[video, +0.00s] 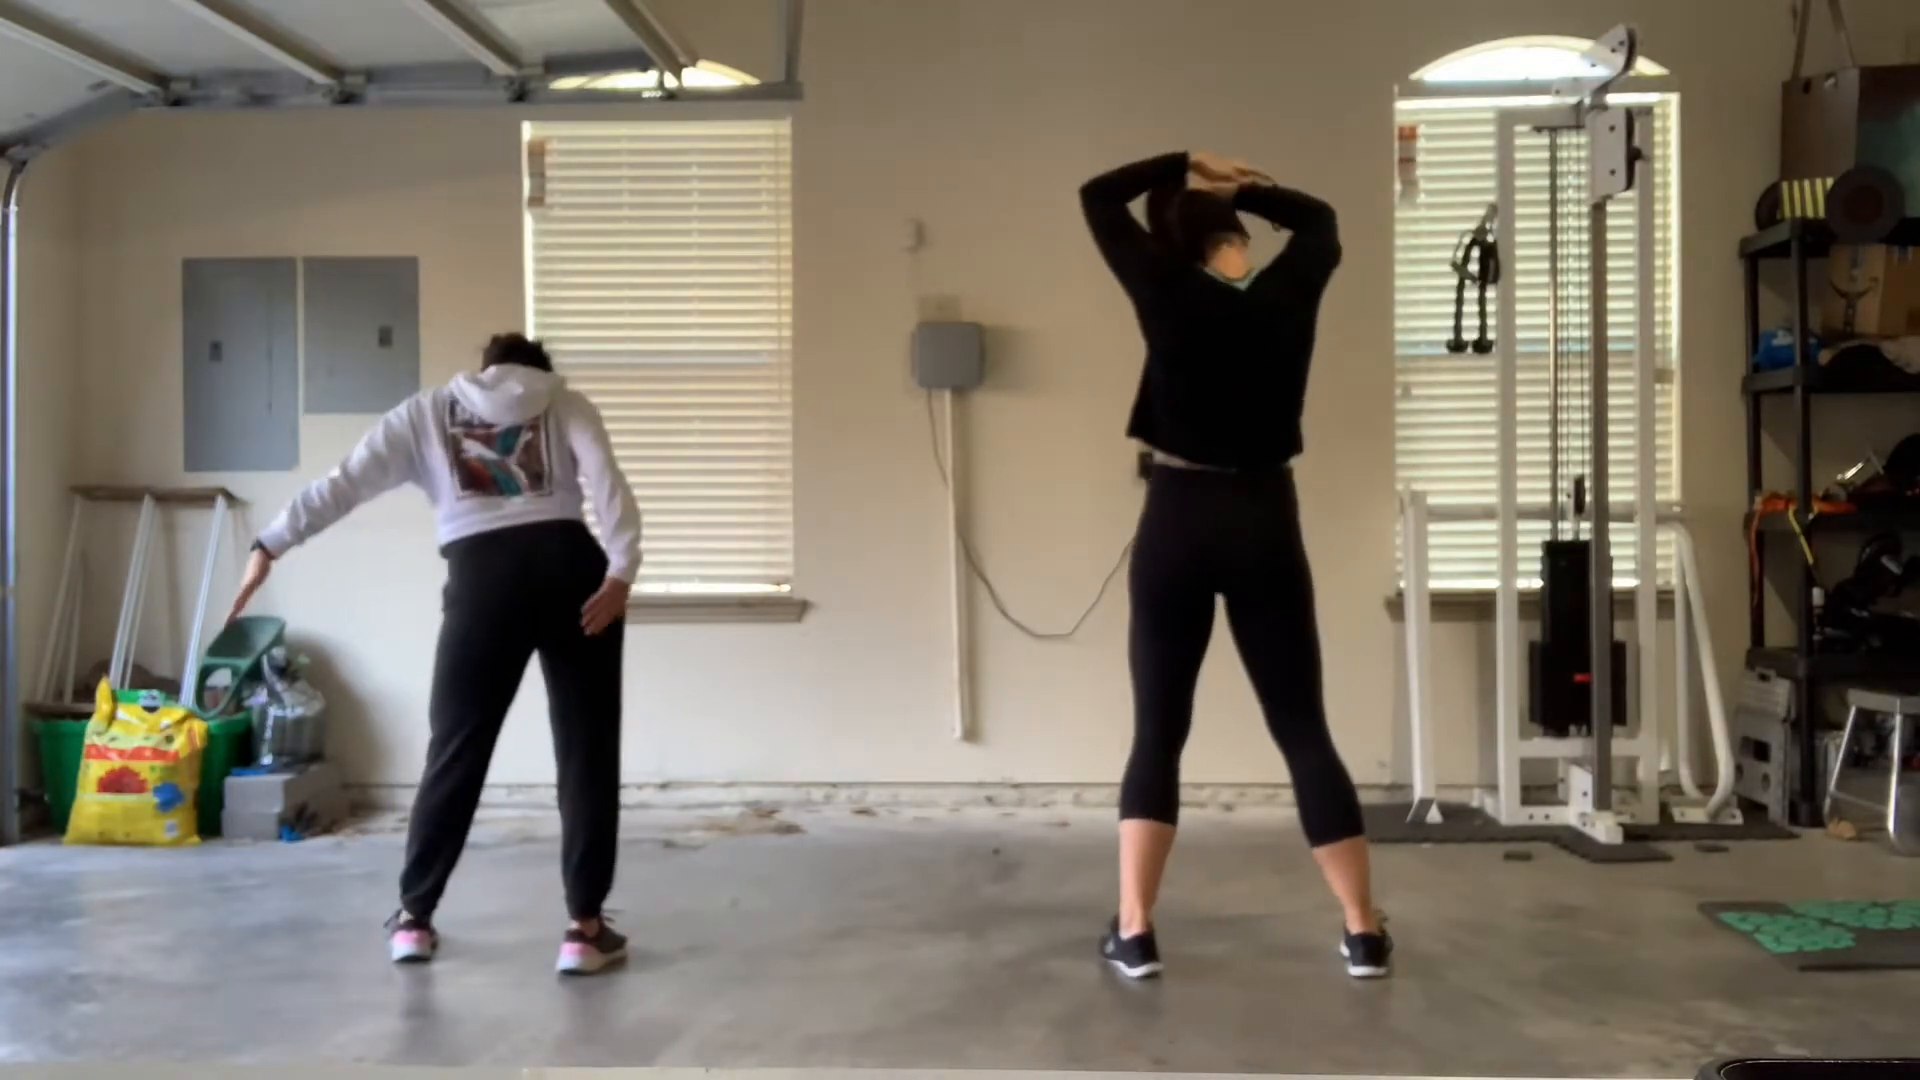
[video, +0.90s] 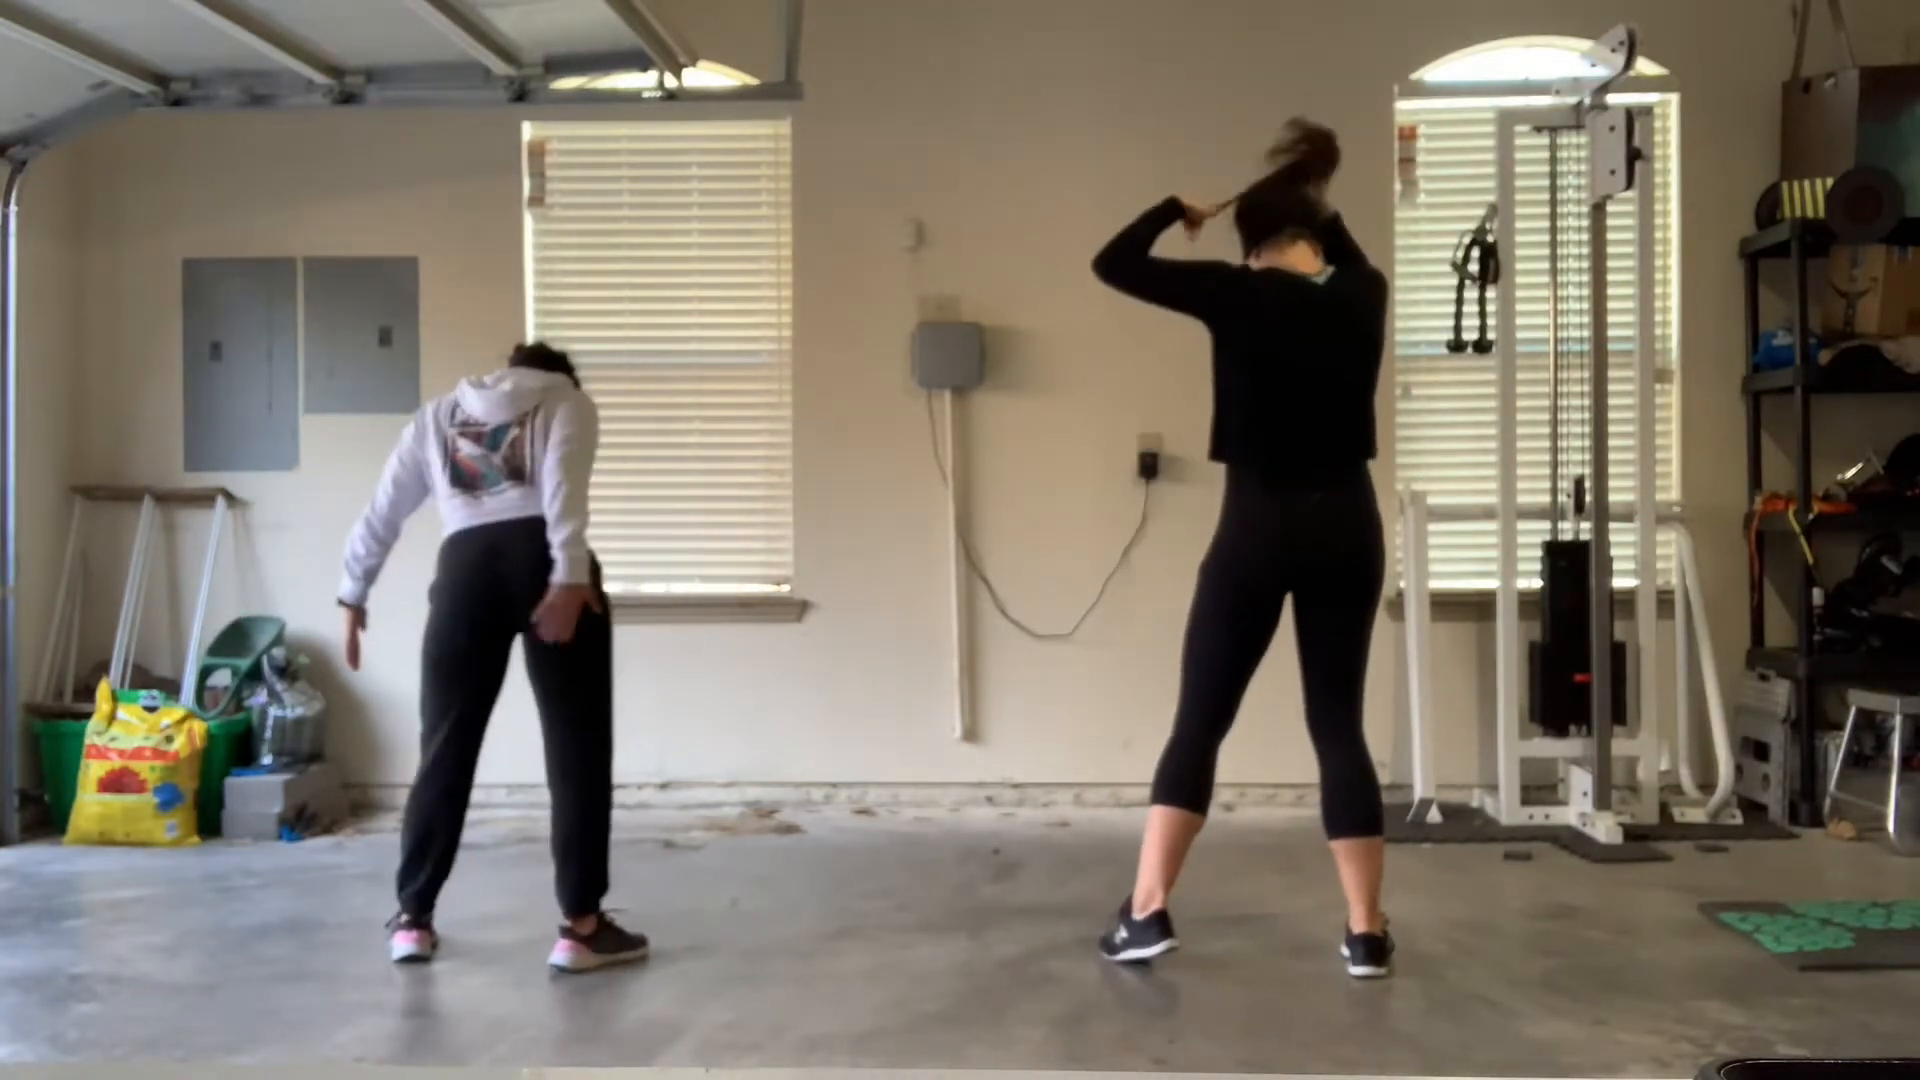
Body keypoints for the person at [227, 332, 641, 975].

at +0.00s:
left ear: (481, 369)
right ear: (541, 372)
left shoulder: (429, 409)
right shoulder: (567, 403)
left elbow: (347, 481)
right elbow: (604, 481)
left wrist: (268, 546)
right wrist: (621, 571)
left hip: (484, 575)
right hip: (573, 568)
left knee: (455, 751)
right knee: (588, 758)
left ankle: (414, 919)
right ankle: (585, 927)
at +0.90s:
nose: (571, 398)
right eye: (572, 386)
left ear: (509, 369)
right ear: (562, 377)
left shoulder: (440, 412)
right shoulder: (566, 399)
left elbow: (387, 505)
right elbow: (562, 475)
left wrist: (354, 593)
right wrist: (571, 573)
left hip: (466, 569)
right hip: (553, 564)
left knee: (445, 749)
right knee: (578, 753)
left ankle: (413, 920)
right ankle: (581, 924)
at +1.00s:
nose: (578, 400)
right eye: (578, 390)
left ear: (514, 373)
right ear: (566, 381)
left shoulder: (442, 417)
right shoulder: (572, 404)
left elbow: (393, 515)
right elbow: (590, 486)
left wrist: (363, 603)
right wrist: (619, 576)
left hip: (479, 571)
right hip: (566, 561)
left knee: (453, 747)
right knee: (585, 750)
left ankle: (414, 919)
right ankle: (583, 924)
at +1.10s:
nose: (584, 397)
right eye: (582, 387)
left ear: (515, 374)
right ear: (569, 380)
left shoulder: (446, 415)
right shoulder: (579, 404)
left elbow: (400, 517)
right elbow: (620, 485)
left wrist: (361, 606)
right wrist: (679, 575)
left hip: (475, 570)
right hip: (563, 564)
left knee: (451, 748)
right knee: (580, 751)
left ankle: (413, 920)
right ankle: (582, 925)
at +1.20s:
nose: (589, 396)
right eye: (585, 386)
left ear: (517, 376)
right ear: (576, 382)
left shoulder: (454, 414)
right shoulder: (586, 409)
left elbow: (403, 512)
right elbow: (648, 491)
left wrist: (348, 596)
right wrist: (728, 564)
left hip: (457, 571)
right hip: (546, 568)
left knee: (442, 756)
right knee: (565, 755)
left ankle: (412, 921)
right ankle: (580, 926)